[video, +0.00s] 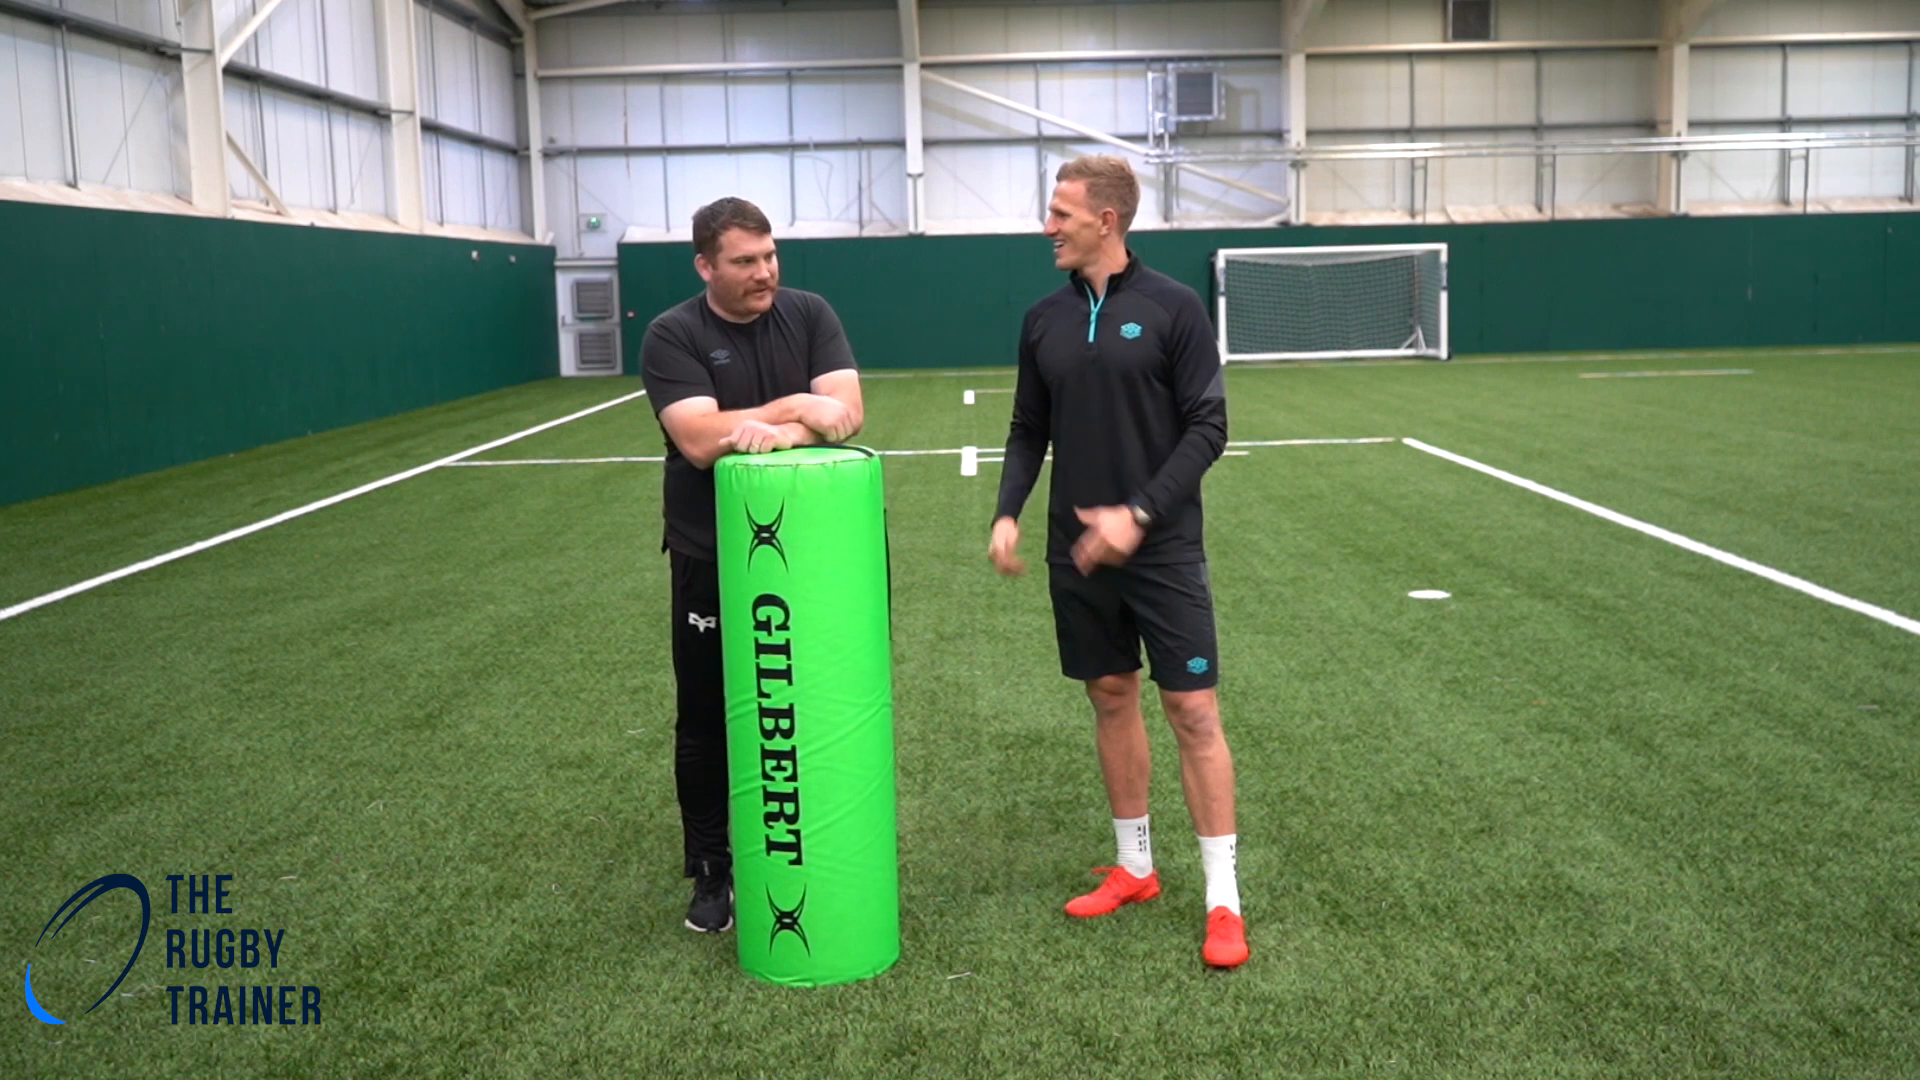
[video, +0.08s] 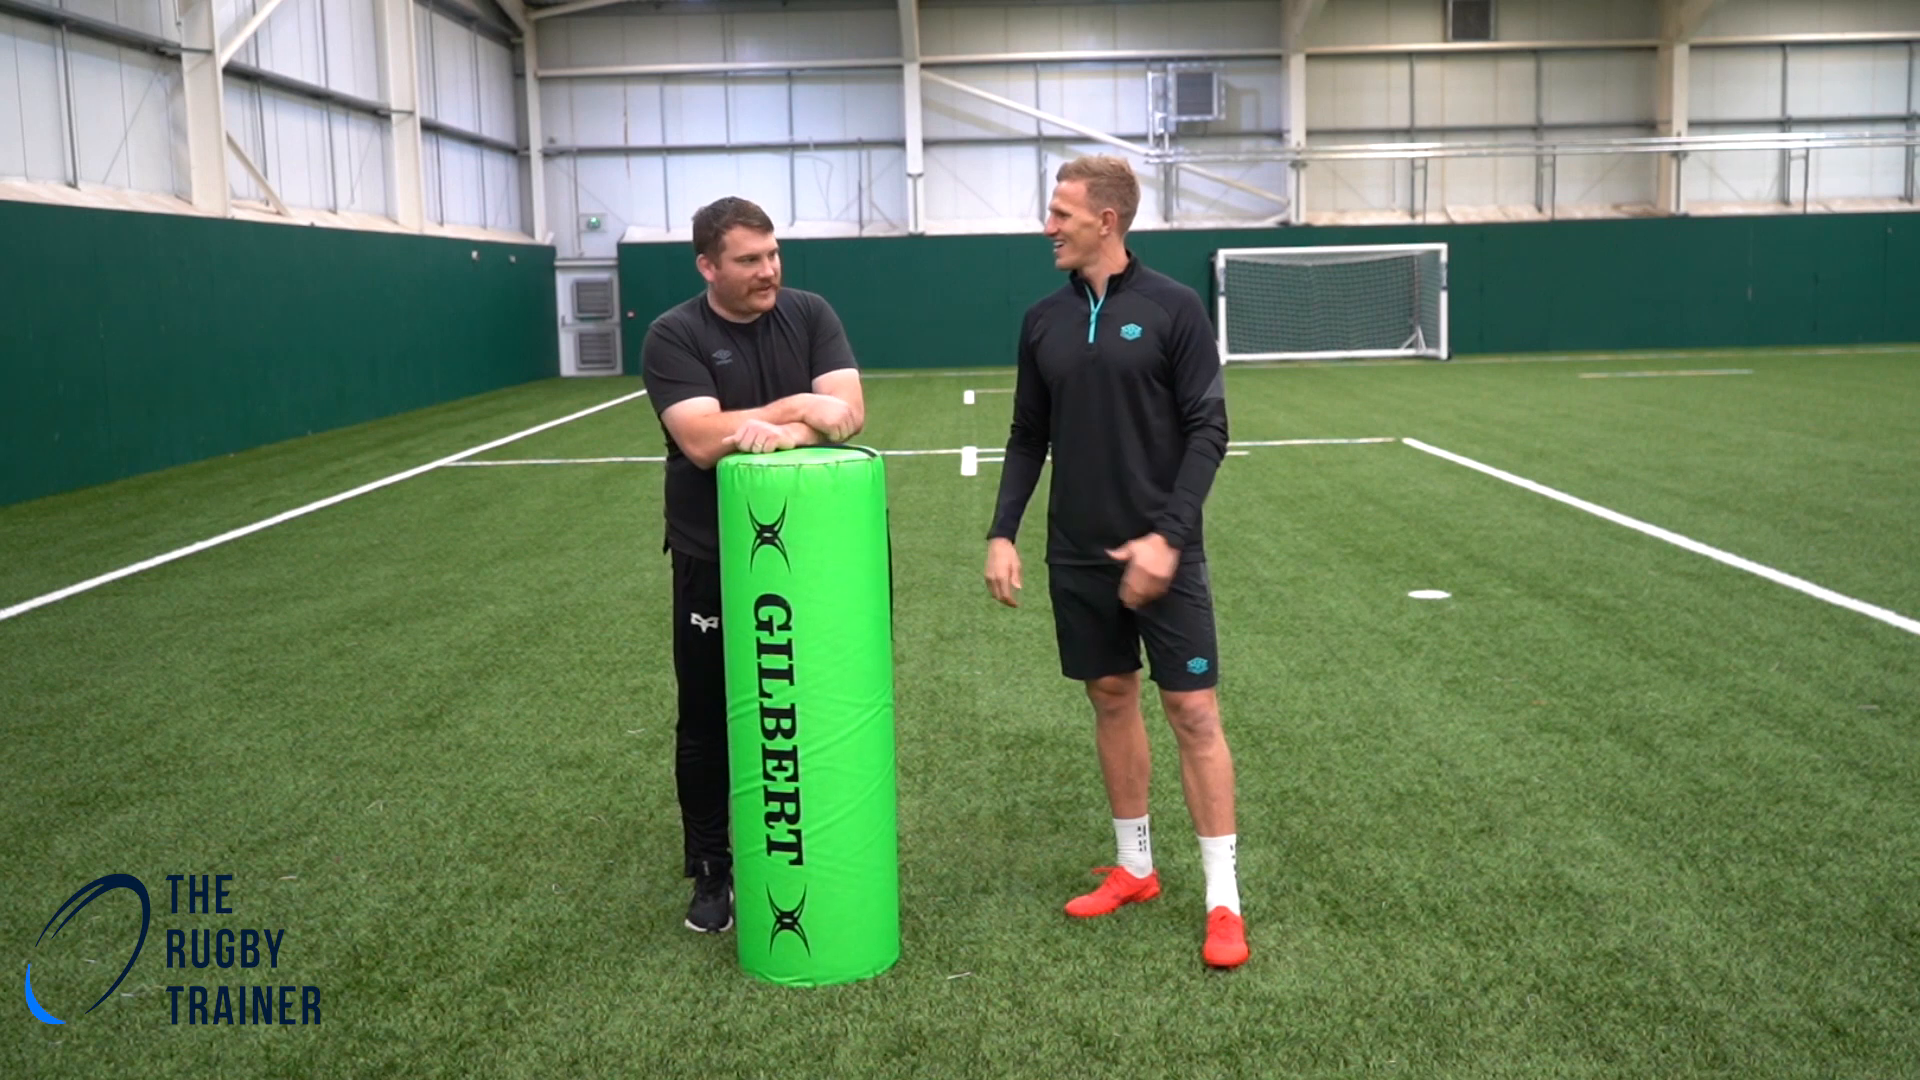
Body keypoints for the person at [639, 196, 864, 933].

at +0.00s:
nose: (764, 271)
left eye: (770, 256)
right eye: (746, 262)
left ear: (777, 251)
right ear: (704, 266)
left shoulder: (810, 313)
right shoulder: (672, 336)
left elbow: (843, 415)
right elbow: (698, 439)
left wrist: (764, 427)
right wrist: (802, 408)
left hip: (806, 555)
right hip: (711, 557)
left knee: (809, 710)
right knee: (707, 717)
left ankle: (812, 864)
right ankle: (713, 870)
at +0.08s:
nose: (768, 269)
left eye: (773, 254)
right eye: (750, 260)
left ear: (779, 251)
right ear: (707, 266)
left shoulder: (810, 312)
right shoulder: (673, 336)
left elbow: (845, 415)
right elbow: (700, 440)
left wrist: (761, 426)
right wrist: (804, 408)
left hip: (807, 554)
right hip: (712, 557)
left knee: (810, 711)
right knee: (708, 717)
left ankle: (813, 865)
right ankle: (713, 871)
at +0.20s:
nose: (777, 265)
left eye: (778, 250)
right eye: (759, 257)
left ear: (782, 247)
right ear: (713, 266)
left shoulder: (811, 313)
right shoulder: (676, 336)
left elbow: (846, 415)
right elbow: (702, 441)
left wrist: (763, 425)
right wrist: (806, 408)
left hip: (809, 555)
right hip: (714, 557)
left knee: (811, 711)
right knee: (709, 718)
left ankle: (814, 865)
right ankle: (713, 871)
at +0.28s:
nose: (780, 263)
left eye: (781, 248)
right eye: (763, 255)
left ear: (783, 247)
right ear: (716, 266)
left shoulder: (810, 313)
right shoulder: (676, 336)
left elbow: (846, 414)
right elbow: (704, 442)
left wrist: (764, 426)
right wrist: (807, 407)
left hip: (808, 555)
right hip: (714, 559)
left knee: (811, 711)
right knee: (710, 718)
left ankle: (813, 864)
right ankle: (713, 870)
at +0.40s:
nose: (784, 262)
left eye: (784, 248)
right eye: (768, 253)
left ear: (782, 250)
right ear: (719, 266)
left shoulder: (809, 313)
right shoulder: (676, 337)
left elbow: (847, 414)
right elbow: (705, 442)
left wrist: (770, 429)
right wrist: (808, 406)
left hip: (806, 557)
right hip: (713, 560)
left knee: (809, 711)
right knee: (709, 719)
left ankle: (811, 864)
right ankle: (713, 871)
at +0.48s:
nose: (786, 262)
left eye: (785, 248)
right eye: (770, 253)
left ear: (780, 250)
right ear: (721, 266)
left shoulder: (808, 313)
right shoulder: (676, 338)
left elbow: (846, 413)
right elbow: (705, 443)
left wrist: (769, 429)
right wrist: (808, 407)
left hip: (806, 556)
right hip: (713, 560)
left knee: (808, 711)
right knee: (709, 720)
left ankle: (811, 864)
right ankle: (713, 871)